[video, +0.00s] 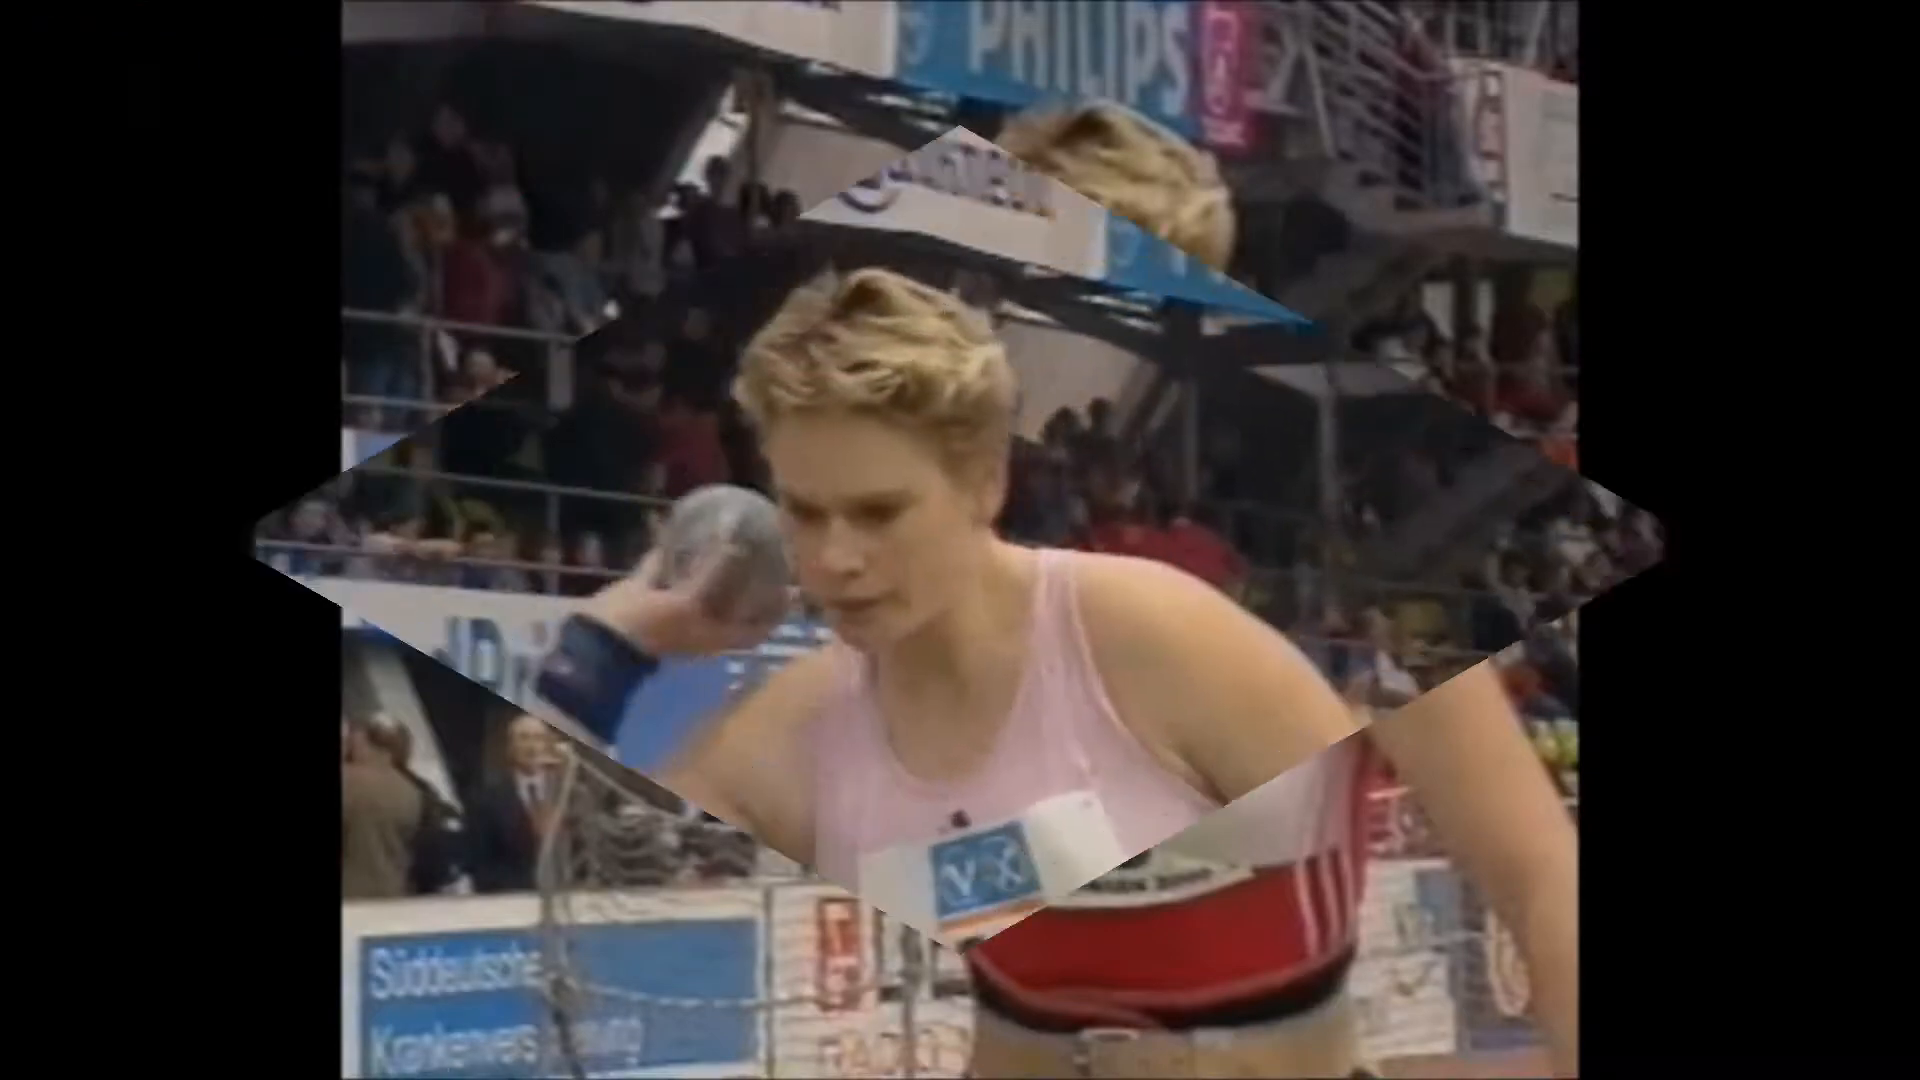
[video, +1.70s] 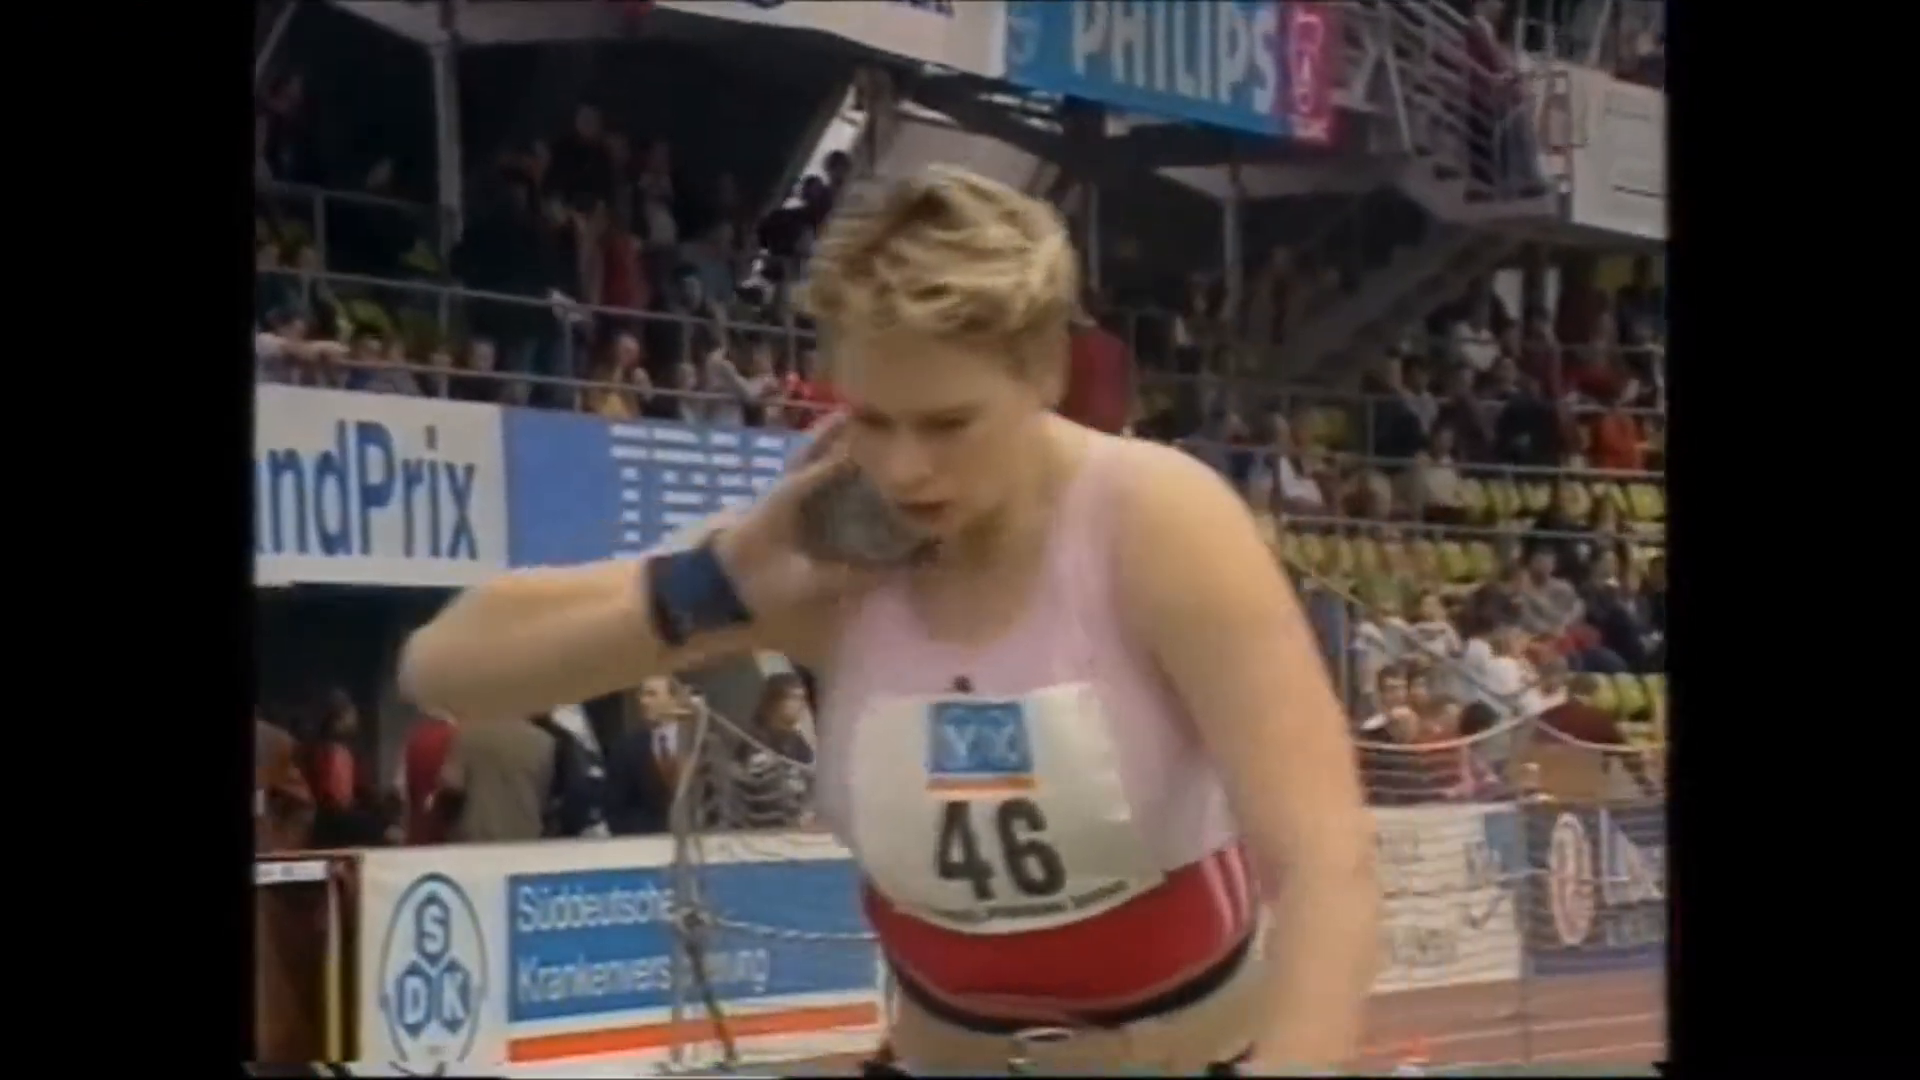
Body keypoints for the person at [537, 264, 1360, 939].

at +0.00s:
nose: (835, 562)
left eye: (879, 513)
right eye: (802, 514)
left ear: (982, 481)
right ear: (771, 499)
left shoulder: (1149, 634)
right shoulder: (781, 743)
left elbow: (1410, 879)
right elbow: (560, 910)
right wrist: (608, 638)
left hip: (1221, 1067)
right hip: (946, 1064)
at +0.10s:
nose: (873, 549)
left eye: (914, 501)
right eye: (843, 503)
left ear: (1020, 475)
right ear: (813, 491)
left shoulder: (1178, 625)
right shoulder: (824, 735)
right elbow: (583, 953)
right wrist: (655, 653)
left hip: (1282, 1068)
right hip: (1006, 1073)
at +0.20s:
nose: (896, 534)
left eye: (939, 486)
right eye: (867, 490)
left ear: (1044, 459)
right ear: (835, 481)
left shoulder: (1193, 619)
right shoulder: (845, 723)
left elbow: (1521, 854)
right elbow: (591, 943)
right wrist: (702, 641)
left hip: (1281, 1058)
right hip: (1025, 1064)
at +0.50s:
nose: (1056, 505)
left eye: (1101, 464)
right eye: (1034, 463)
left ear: (1210, 462)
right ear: (1008, 462)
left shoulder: (1331, 633)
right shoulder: (989, 712)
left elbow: (1570, 881)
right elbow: (670, 818)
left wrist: (1504, 1048)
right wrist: (879, 605)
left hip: (1352, 1057)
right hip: (1112, 1066)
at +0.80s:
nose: (1152, 482)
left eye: (1197, 444)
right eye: (1128, 435)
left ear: (1297, 433)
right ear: (1100, 424)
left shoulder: (1399, 612)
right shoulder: (1069, 655)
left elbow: (1613, 899)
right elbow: (759, 720)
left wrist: (1601, 1073)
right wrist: (970, 558)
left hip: (1403, 1058)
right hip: (1168, 1062)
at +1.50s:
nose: (1034, 448)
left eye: (1077, 409)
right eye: (1008, 400)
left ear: (1182, 371)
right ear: (986, 368)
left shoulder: (1287, 537)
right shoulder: (962, 545)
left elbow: (1463, 847)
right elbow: (606, 583)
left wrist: (1474, 1064)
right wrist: (861, 546)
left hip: (1276, 1059)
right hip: (1034, 1057)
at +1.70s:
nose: (904, 472)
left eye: (948, 424)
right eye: (867, 423)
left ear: (1047, 375)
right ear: (832, 397)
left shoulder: (1162, 521)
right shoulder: (817, 555)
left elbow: (1330, 875)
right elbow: (437, 669)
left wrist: (1286, 1069)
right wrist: (719, 580)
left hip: (1192, 1048)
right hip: (943, 1053)